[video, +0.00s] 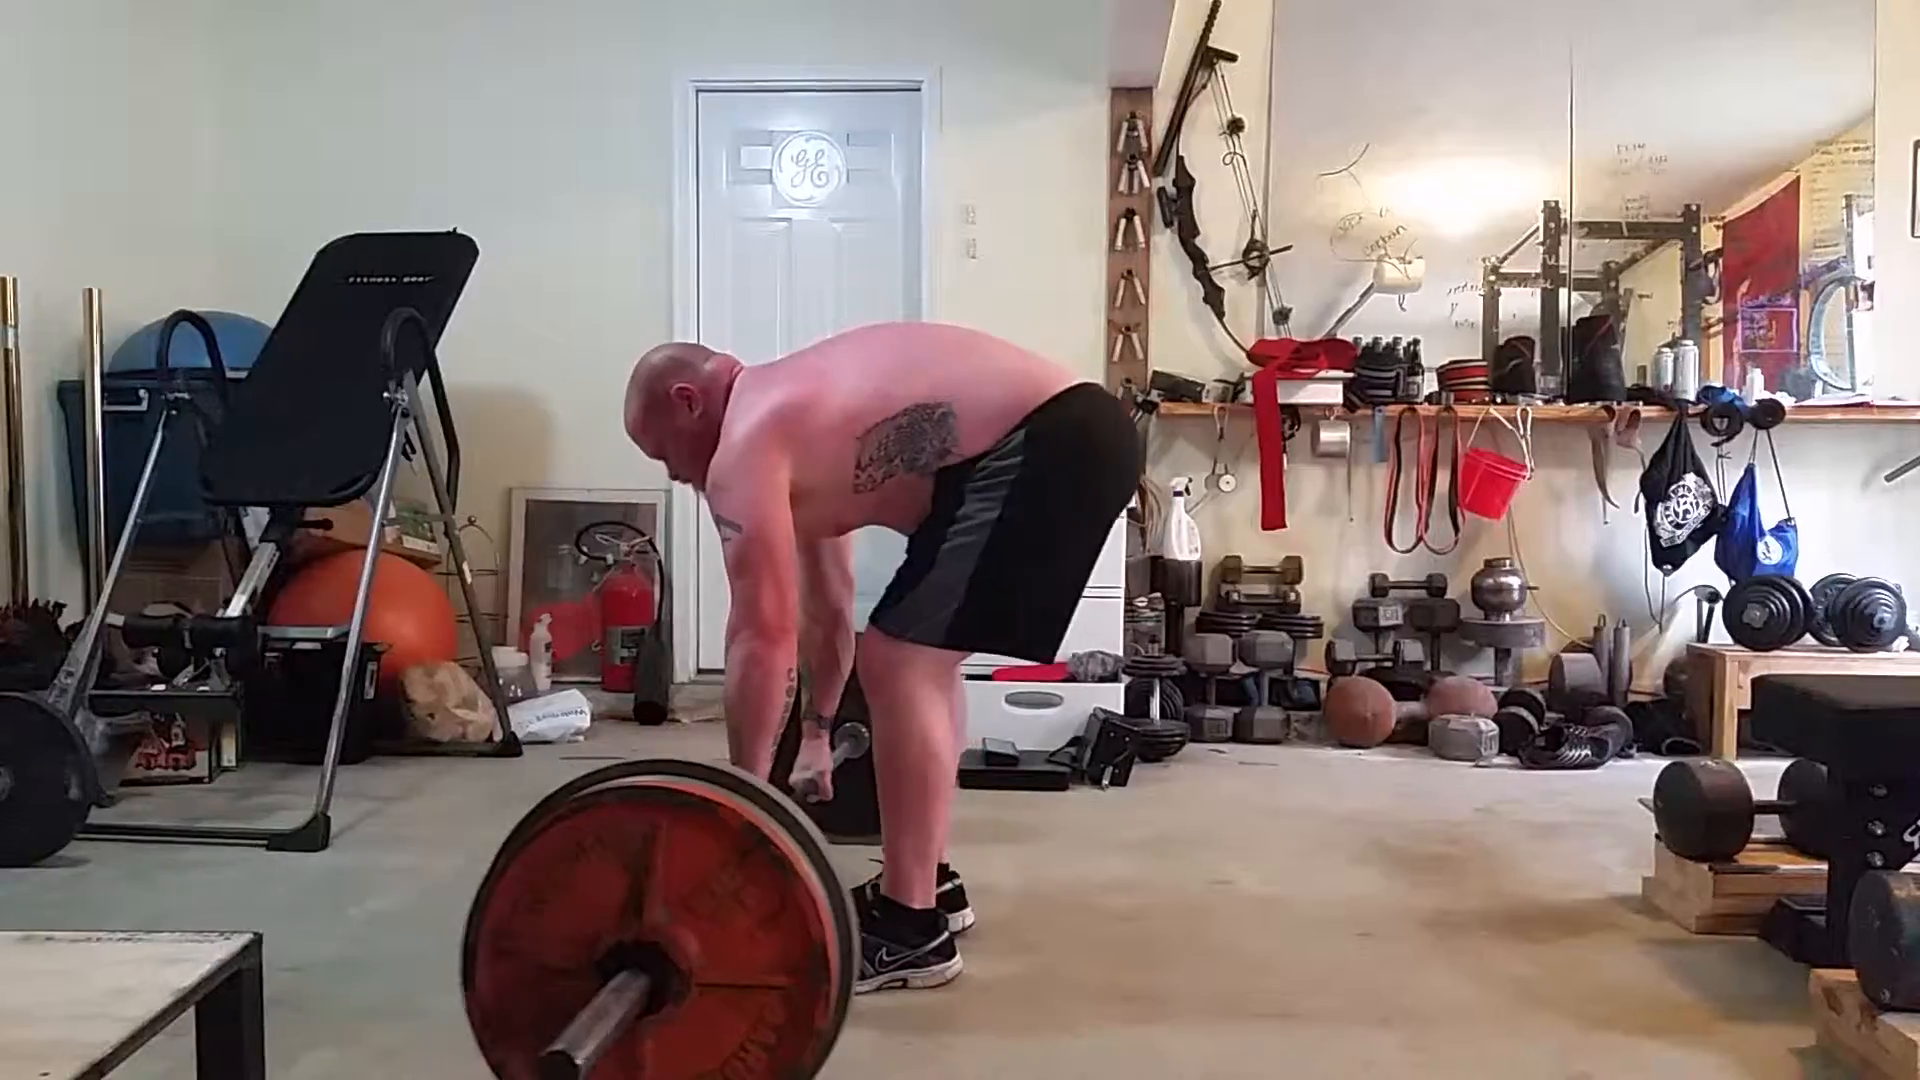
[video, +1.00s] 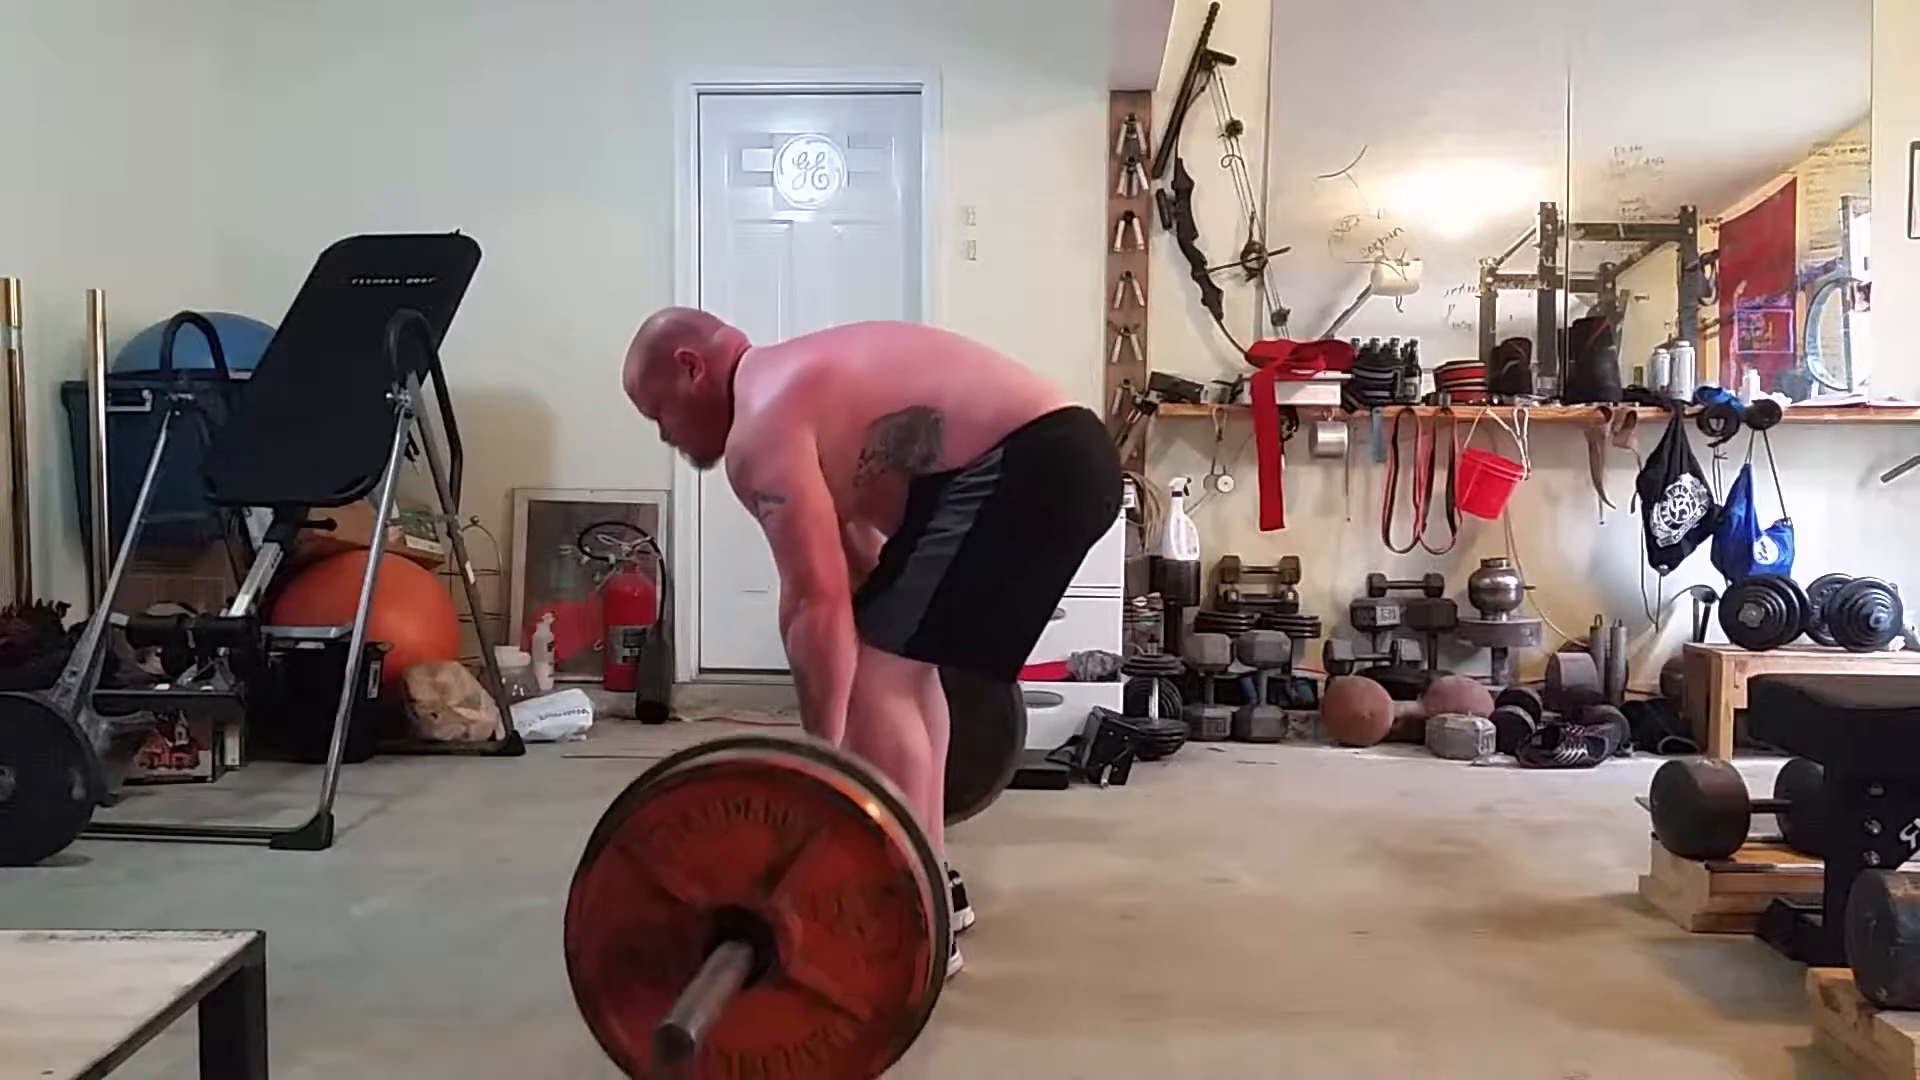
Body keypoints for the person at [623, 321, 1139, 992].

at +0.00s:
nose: (674, 477)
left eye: (662, 454)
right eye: (659, 463)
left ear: (688, 401)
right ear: (703, 391)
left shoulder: (747, 450)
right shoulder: (804, 436)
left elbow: (762, 638)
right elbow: (829, 610)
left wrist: (741, 801)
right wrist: (815, 731)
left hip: (1039, 445)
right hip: (1063, 435)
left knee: (899, 659)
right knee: (924, 659)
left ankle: (909, 926)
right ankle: (924, 881)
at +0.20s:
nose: (660, 482)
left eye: (648, 459)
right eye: (645, 468)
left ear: (675, 409)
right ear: (685, 401)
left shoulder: (738, 455)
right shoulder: (786, 434)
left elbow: (769, 641)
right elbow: (834, 605)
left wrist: (765, 801)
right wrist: (838, 729)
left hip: (1027, 439)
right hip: (1050, 429)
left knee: (891, 654)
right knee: (921, 656)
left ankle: (913, 926)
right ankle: (931, 878)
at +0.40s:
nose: (651, 487)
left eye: (637, 464)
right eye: (634, 473)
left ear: (666, 414)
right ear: (676, 406)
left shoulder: (733, 457)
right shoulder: (774, 439)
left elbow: (780, 637)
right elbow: (841, 616)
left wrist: (783, 804)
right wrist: (863, 741)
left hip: (1020, 442)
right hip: (1042, 433)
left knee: (877, 657)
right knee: (911, 658)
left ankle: (907, 917)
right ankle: (929, 886)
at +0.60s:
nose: (653, 480)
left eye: (643, 457)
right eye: (639, 465)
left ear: (673, 406)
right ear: (684, 399)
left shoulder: (742, 458)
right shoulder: (771, 430)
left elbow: (795, 634)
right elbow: (851, 610)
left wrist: (800, 800)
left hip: (1025, 460)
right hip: (1046, 449)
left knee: (872, 667)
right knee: (900, 662)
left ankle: (909, 917)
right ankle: (930, 884)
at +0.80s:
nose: (657, 451)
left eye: (652, 429)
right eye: (648, 434)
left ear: (689, 384)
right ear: (701, 379)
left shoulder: (759, 446)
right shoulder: (784, 410)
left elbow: (809, 624)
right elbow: (859, 587)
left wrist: (811, 788)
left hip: (1026, 472)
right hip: (1050, 462)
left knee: (871, 678)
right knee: (890, 666)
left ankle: (911, 905)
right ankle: (929, 876)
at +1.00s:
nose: (662, 436)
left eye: (657, 415)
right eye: (653, 421)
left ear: (694, 369)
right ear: (702, 364)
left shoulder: (765, 427)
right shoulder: (788, 389)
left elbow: (816, 603)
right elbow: (861, 570)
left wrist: (817, 772)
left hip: (1023, 463)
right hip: (1049, 454)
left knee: (880, 674)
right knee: (901, 664)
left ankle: (905, 910)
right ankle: (927, 881)